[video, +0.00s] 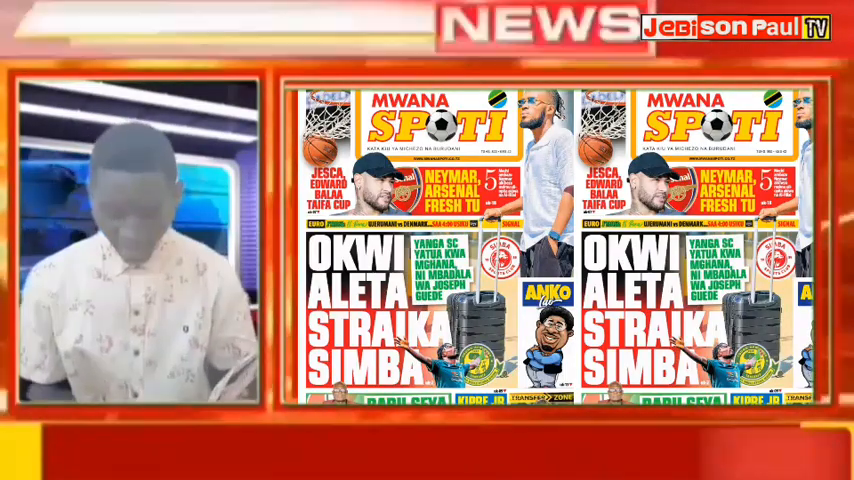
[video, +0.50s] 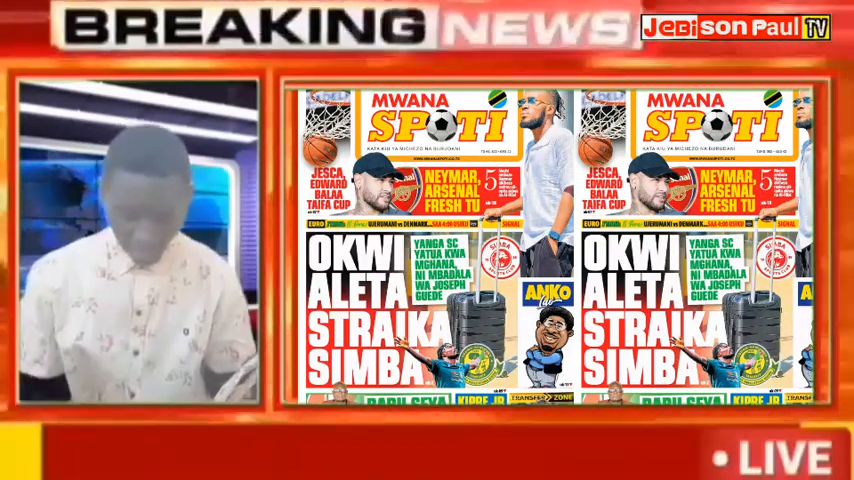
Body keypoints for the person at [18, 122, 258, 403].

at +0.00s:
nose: (132, 230)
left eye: (148, 213)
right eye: (115, 213)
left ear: (177, 196)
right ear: (91, 196)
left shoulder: (214, 276)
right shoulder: (54, 279)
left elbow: (242, 384)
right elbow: (44, 393)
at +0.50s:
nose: (146, 232)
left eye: (162, 215)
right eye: (129, 215)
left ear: (188, 196)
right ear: (103, 194)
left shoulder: (215, 277)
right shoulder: (56, 275)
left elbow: (233, 389)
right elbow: (41, 397)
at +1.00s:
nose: (155, 224)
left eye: (169, 205)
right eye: (137, 207)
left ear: (184, 195)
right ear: (95, 198)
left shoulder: (213, 278)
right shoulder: (45, 276)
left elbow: (230, 387)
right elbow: (42, 393)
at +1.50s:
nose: (130, 195)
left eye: (147, 176)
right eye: (113, 177)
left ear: (171, 183)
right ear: (86, 185)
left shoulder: (210, 273)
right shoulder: (38, 274)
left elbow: (231, 381)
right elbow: (36, 393)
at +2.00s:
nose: (114, 208)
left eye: (134, 192)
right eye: (100, 189)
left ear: (168, 189)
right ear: (83, 187)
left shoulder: (207, 273)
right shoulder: (37, 275)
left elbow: (234, 379)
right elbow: (36, 393)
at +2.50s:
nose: (127, 187)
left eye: (143, 171)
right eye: (110, 173)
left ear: (169, 184)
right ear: (86, 187)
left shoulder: (208, 274)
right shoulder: (39, 276)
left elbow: (231, 385)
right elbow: (28, 394)